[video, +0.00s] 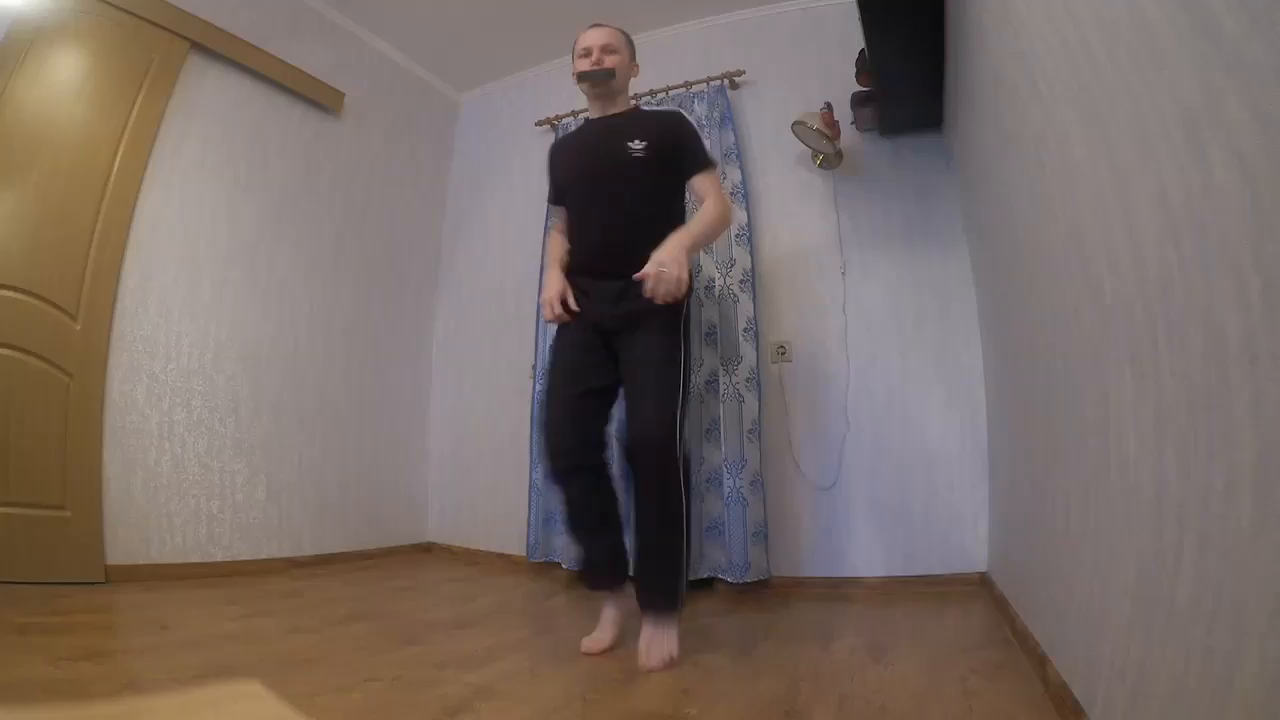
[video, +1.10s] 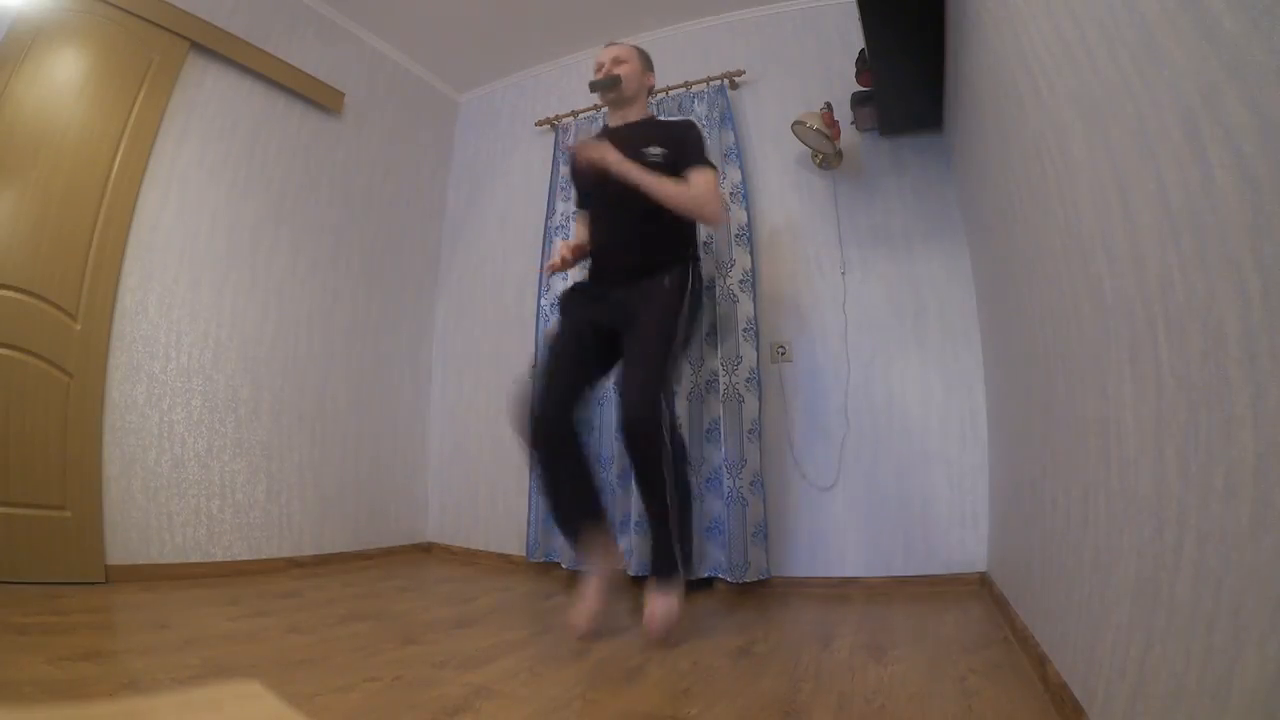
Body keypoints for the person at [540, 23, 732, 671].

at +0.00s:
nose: (594, 59)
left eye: (607, 51)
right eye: (583, 53)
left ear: (633, 67)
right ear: (574, 71)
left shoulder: (668, 127)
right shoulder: (564, 148)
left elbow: (718, 206)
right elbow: (559, 227)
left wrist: (680, 245)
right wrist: (553, 271)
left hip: (653, 311)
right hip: (585, 314)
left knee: (652, 444)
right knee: (568, 448)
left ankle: (660, 607)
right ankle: (614, 592)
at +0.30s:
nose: (575, 58)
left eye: (589, 50)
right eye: (567, 55)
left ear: (621, 68)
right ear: (564, 77)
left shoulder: (657, 118)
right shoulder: (564, 150)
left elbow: (731, 184)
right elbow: (560, 226)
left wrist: (677, 220)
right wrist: (543, 234)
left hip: (665, 281)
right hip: (598, 288)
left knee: (637, 403)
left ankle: (655, 582)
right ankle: (586, 523)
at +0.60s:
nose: (592, 73)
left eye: (605, 62)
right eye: (582, 68)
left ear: (635, 78)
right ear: (575, 88)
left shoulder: (670, 146)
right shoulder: (561, 157)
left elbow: (714, 221)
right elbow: (544, 224)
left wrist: (657, 223)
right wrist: (540, 243)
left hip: (651, 281)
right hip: (583, 293)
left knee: (626, 326)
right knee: (590, 439)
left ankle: (644, 508)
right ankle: (609, 592)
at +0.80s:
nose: (586, 68)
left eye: (600, 59)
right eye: (579, 64)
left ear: (631, 78)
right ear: (575, 86)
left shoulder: (668, 131)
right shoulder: (568, 153)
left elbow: (725, 198)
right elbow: (549, 237)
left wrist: (670, 217)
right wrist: (540, 223)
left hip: (663, 274)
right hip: (599, 284)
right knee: (553, 409)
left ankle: (646, 521)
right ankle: (589, 561)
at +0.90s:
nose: (589, 73)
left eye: (605, 66)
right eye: (583, 69)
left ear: (634, 87)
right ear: (579, 96)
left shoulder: (662, 139)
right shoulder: (587, 168)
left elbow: (720, 206)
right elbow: (598, 255)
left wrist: (636, 207)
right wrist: (552, 260)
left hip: (661, 302)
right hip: (603, 301)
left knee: (655, 446)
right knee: (502, 311)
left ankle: (669, 600)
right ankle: (564, 452)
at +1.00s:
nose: (601, 90)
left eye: (616, 81)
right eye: (594, 86)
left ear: (647, 101)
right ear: (588, 110)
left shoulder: (665, 149)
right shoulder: (596, 180)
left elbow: (690, 203)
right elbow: (611, 270)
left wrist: (590, 161)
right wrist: (566, 266)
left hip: (663, 325)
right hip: (607, 315)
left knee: (663, 465)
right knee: (501, 304)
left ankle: (674, 604)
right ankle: (556, 444)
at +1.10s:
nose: (609, 65)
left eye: (623, 59)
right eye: (601, 62)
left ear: (650, 82)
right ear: (594, 87)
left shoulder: (677, 135)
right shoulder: (586, 150)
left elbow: (710, 207)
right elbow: (588, 223)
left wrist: (621, 165)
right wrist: (574, 248)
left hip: (663, 290)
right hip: (600, 293)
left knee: (641, 410)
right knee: (547, 412)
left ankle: (667, 572)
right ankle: (596, 551)